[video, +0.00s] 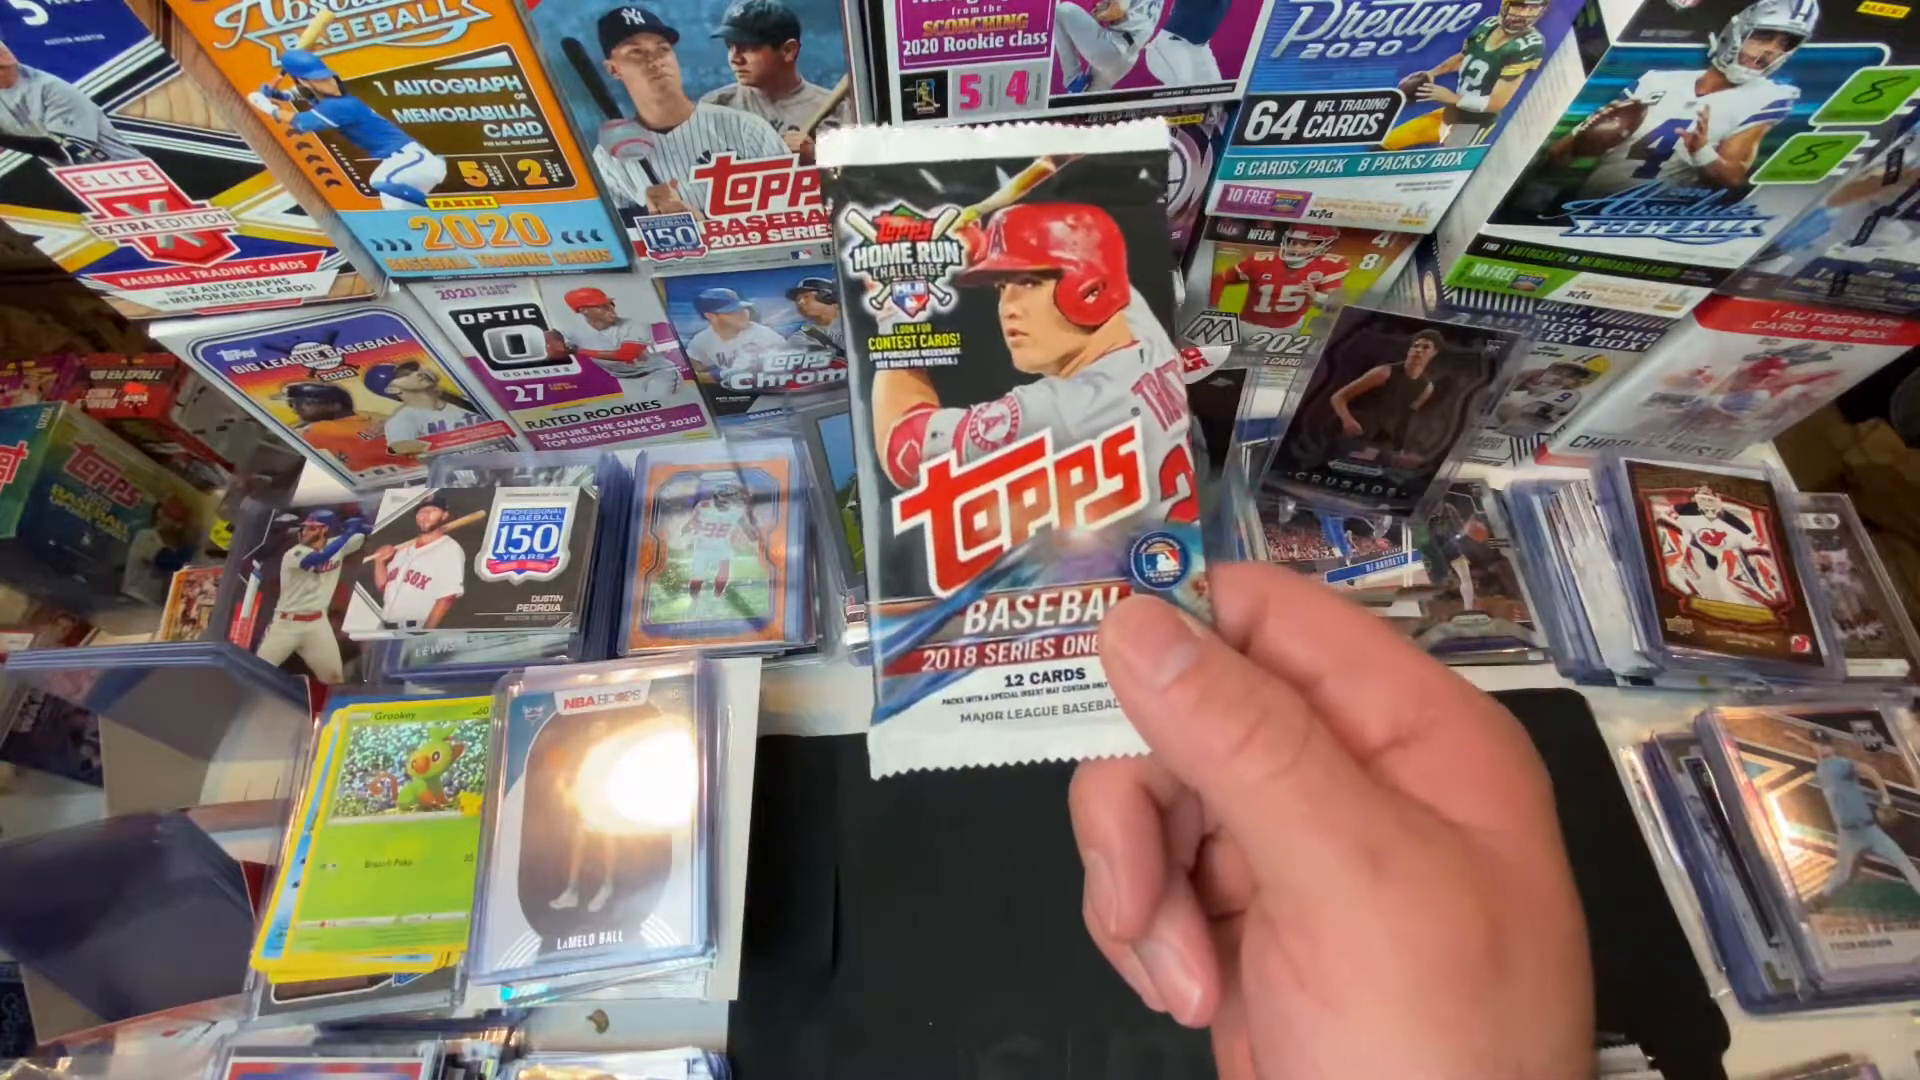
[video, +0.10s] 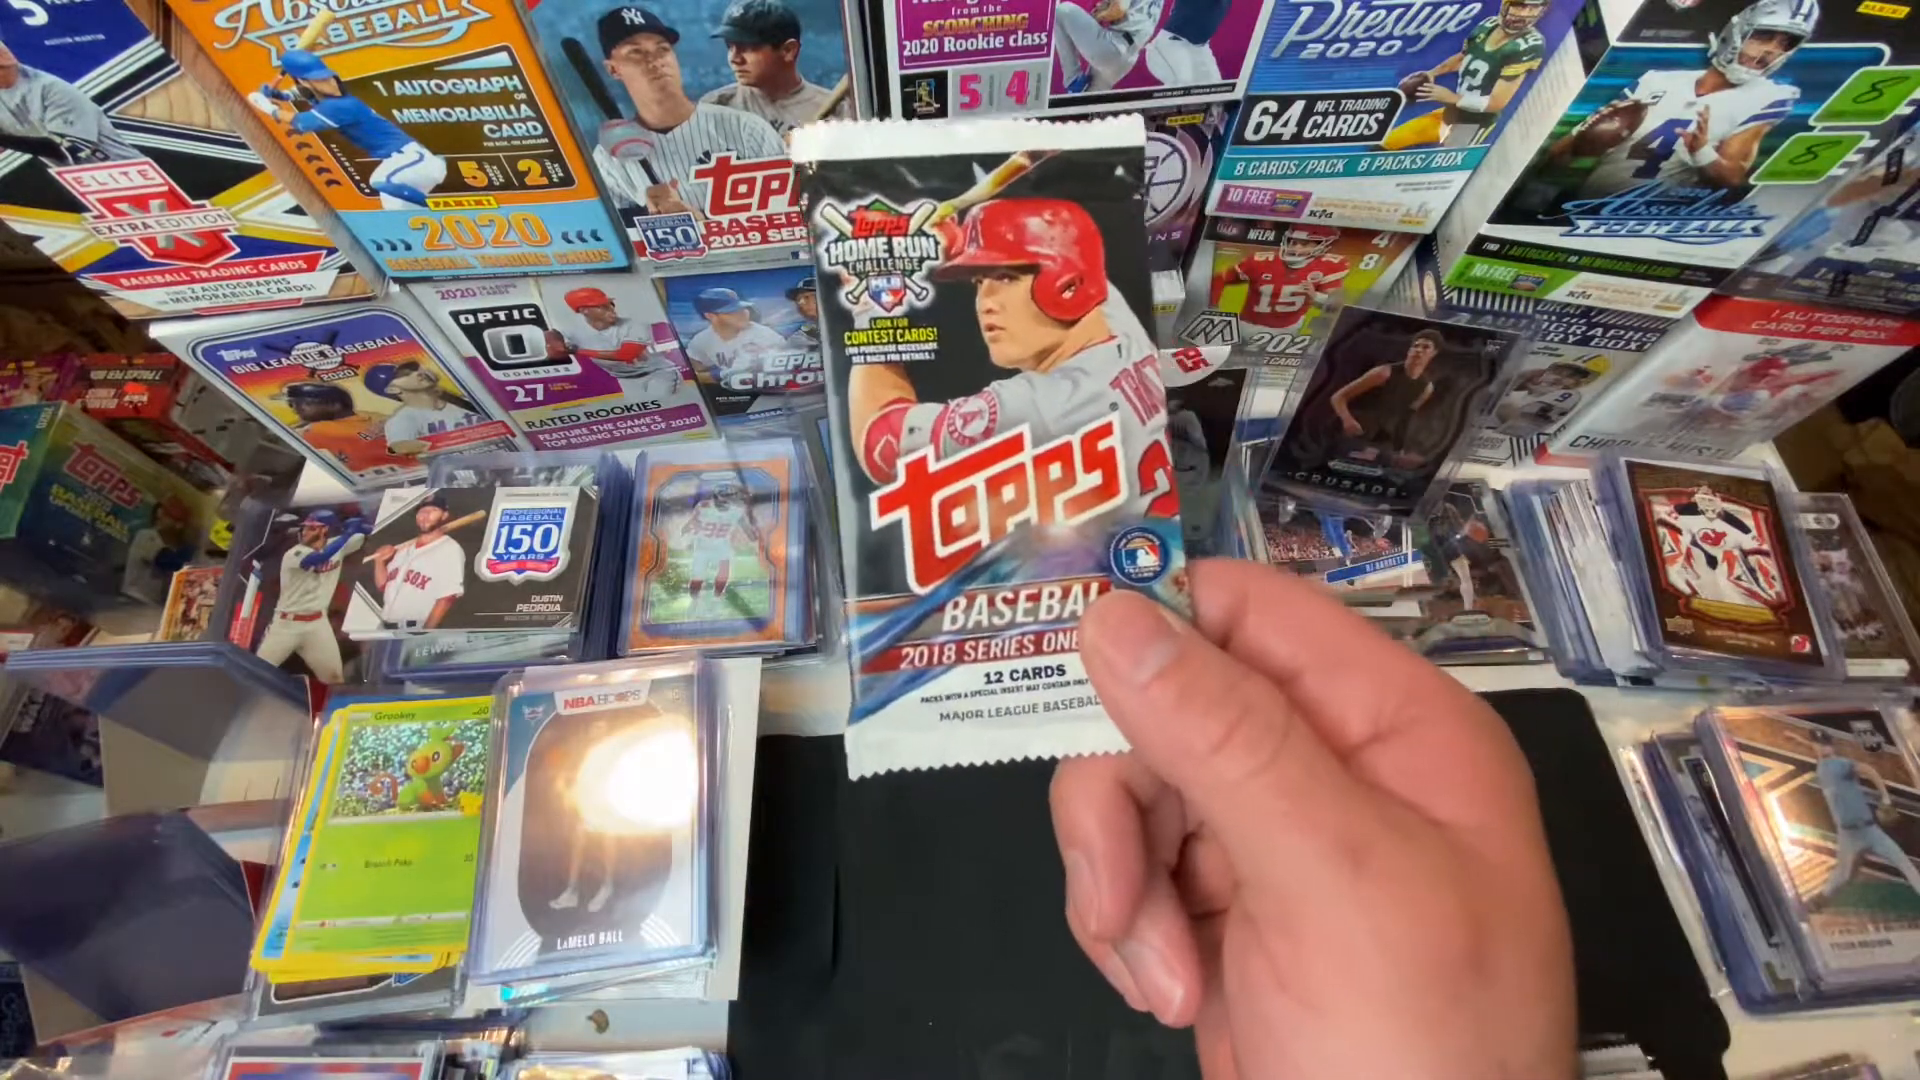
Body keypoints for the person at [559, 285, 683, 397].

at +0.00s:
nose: (612, 310)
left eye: (611, 305)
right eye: (604, 308)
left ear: (613, 304)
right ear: (587, 312)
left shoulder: (633, 325)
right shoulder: (579, 335)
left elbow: (627, 354)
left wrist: (581, 353)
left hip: (658, 371)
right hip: (624, 378)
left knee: (657, 397)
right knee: (630, 403)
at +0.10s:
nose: (612, 310)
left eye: (611, 305)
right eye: (604, 308)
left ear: (613, 304)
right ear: (587, 312)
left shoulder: (633, 325)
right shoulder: (579, 336)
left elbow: (627, 354)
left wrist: (581, 353)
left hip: (658, 371)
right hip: (624, 378)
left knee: (657, 395)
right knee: (630, 402)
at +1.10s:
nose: (612, 310)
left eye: (611, 305)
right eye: (605, 307)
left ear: (612, 304)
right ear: (587, 312)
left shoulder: (632, 326)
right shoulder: (579, 337)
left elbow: (627, 355)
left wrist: (581, 353)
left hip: (658, 372)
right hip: (625, 379)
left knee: (656, 403)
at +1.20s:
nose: (612, 310)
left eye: (611, 306)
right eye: (605, 307)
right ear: (587, 313)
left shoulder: (631, 326)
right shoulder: (581, 338)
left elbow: (627, 355)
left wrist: (581, 353)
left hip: (657, 372)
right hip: (624, 379)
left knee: (656, 400)